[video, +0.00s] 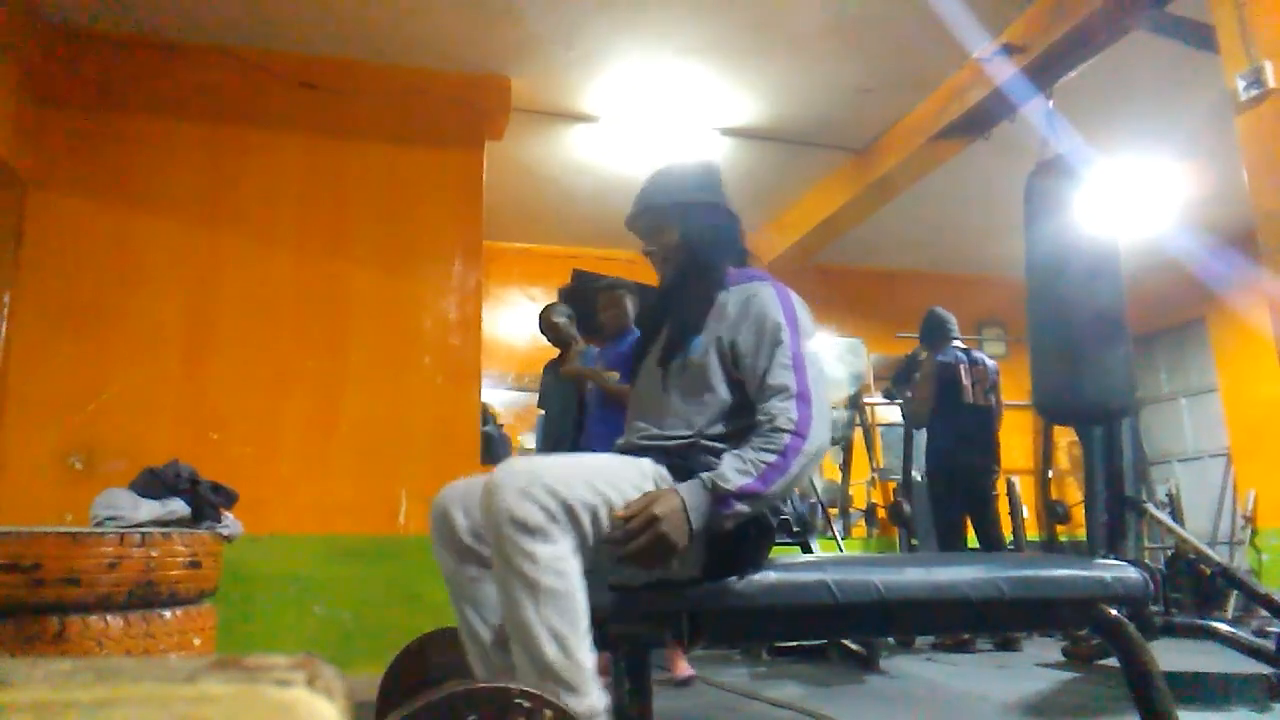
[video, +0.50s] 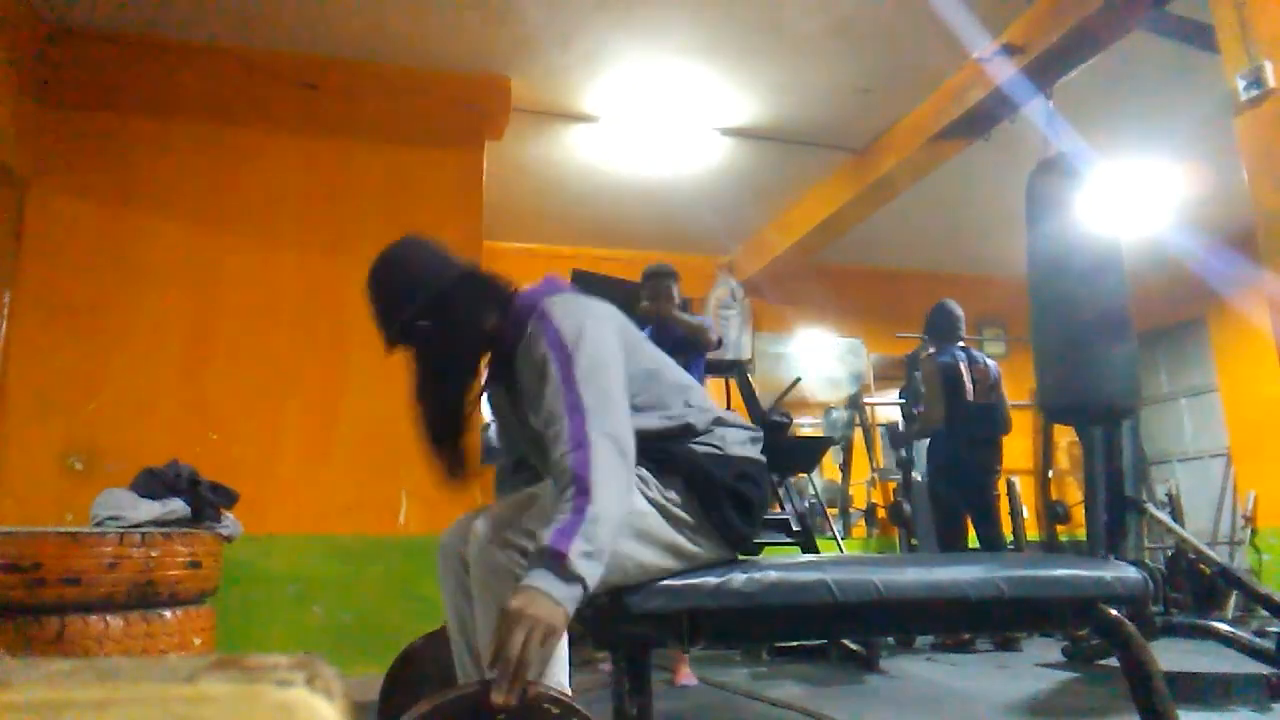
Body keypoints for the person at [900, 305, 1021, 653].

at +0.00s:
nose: (924, 346)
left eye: (924, 340)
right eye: (926, 341)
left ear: (928, 338)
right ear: (956, 332)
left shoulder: (933, 366)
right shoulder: (988, 365)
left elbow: (918, 417)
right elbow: (996, 416)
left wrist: (908, 398)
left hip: (946, 467)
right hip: (982, 466)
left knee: (951, 546)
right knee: (993, 541)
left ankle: (958, 627)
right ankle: (1007, 625)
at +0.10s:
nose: (922, 346)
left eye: (921, 340)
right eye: (924, 341)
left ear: (926, 338)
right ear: (953, 334)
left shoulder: (932, 365)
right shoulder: (985, 365)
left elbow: (915, 417)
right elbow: (992, 416)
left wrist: (907, 390)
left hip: (945, 467)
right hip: (982, 465)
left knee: (950, 545)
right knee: (992, 540)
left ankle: (957, 627)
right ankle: (1007, 626)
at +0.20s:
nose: (924, 347)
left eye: (923, 342)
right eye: (926, 343)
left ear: (926, 339)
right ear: (955, 334)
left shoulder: (932, 366)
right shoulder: (987, 366)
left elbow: (915, 417)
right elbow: (994, 418)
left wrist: (909, 392)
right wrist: (992, 457)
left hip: (944, 468)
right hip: (981, 467)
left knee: (950, 546)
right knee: (993, 541)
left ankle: (956, 628)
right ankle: (1009, 626)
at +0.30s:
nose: (926, 343)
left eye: (926, 336)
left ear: (928, 334)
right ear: (960, 330)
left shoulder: (933, 365)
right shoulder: (989, 365)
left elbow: (922, 418)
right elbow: (999, 422)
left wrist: (910, 394)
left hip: (944, 467)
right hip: (981, 467)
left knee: (950, 547)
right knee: (993, 544)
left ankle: (956, 630)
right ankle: (1006, 628)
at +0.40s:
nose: (929, 339)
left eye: (929, 332)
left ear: (931, 331)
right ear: (963, 328)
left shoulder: (935, 363)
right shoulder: (990, 363)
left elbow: (930, 418)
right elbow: (1003, 423)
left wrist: (909, 410)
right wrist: (971, 420)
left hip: (947, 462)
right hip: (983, 461)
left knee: (950, 544)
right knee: (993, 541)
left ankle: (956, 628)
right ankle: (1007, 627)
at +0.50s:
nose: (928, 337)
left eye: (929, 330)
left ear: (930, 330)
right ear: (963, 329)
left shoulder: (933, 363)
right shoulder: (988, 364)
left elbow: (935, 420)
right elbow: (1005, 423)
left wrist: (905, 433)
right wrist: (972, 424)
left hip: (948, 465)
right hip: (984, 465)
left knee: (951, 544)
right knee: (994, 541)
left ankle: (957, 627)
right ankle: (1008, 626)